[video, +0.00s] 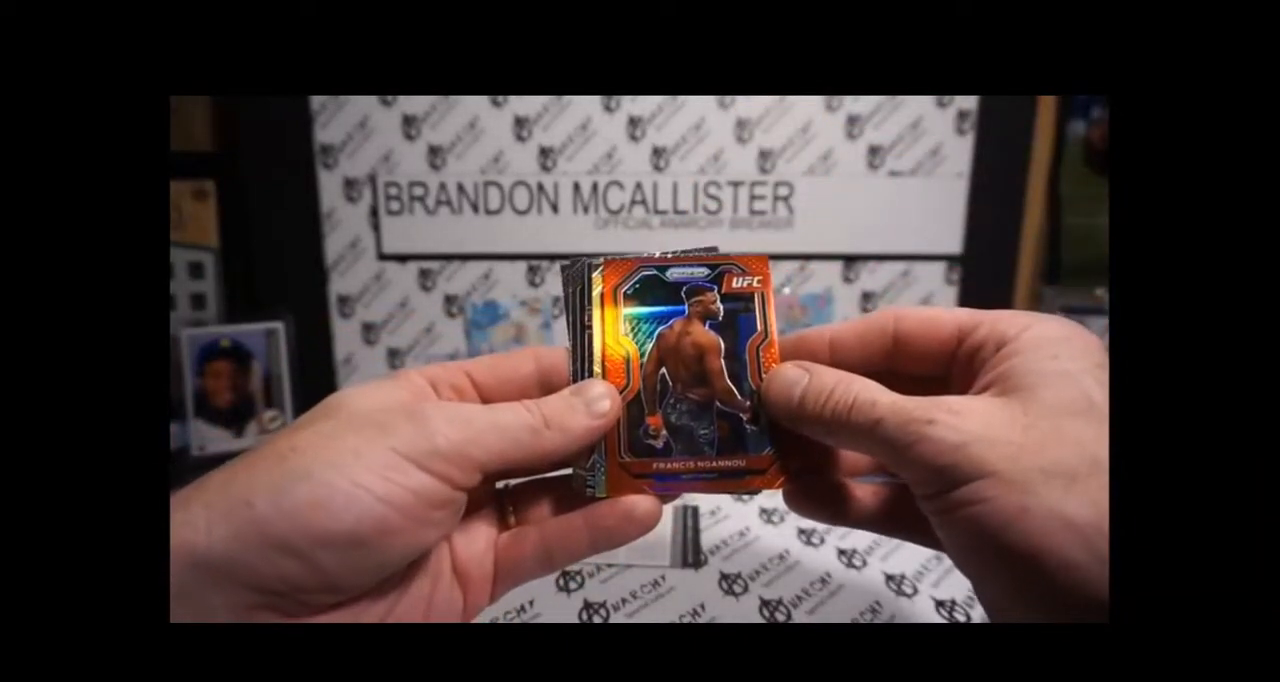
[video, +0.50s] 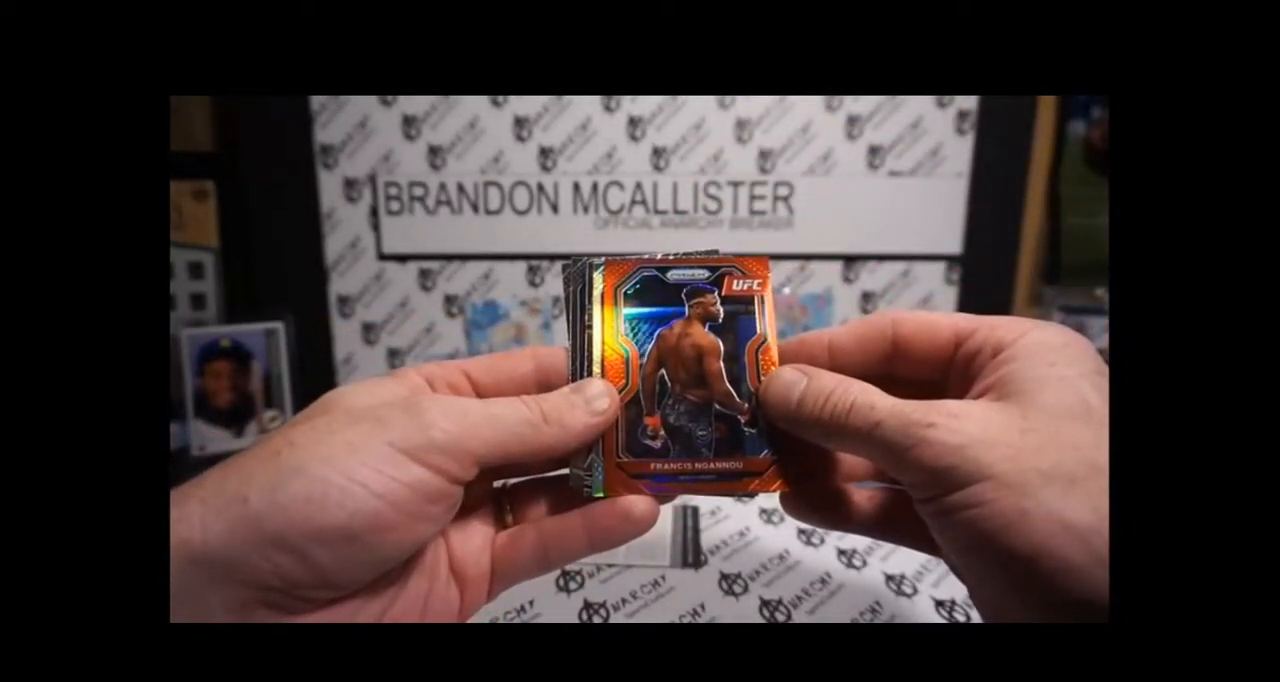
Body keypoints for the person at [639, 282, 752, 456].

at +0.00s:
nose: (720, 307)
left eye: (719, 301)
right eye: (714, 302)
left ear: (694, 307)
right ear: (696, 306)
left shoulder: (665, 333)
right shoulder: (709, 340)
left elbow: (649, 373)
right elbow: (721, 388)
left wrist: (651, 413)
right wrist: (745, 408)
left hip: (673, 407)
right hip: (699, 413)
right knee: (701, 474)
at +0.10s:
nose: (718, 308)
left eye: (716, 303)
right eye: (712, 304)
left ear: (692, 309)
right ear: (694, 308)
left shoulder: (663, 335)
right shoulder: (706, 341)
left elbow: (647, 375)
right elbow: (719, 391)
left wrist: (649, 416)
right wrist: (743, 409)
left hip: (670, 409)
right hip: (696, 415)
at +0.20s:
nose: (717, 308)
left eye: (715, 302)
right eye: (711, 303)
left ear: (690, 308)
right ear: (693, 307)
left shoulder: (661, 335)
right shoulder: (705, 341)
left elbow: (645, 375)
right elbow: (718, 390)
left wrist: (647, 416)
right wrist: (741, 409)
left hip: (668, 409)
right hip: (695, 415)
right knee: (696, 476)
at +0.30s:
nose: (719, 308)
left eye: (718, 302)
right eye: (713, 303)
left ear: (694, 307)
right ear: (696, 307)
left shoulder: (664, 333)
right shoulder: (708, 341)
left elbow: (648, 373)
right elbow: (720, 390)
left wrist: (650, 414)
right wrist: (743, 408)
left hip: (672, 409)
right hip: (698, 414)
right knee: (701, 475)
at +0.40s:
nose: (722, 309)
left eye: (720, 303)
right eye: (716, 304)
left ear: (697, 308)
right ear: (698, 307)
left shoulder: (666, 334)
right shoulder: (710, 341)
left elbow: (650, 374)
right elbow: (722, 391)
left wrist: (651, 414)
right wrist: (744, 409)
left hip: (673, 408)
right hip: (699, 414)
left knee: (680, 470)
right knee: (701, 473)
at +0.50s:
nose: (720, 309)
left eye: (719, 303)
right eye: (714, 304)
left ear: (696, 308)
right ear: (697, 308)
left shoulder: (665, 334)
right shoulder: (709, 342)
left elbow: (649, 373)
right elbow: (720, 391)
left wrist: (650, 413)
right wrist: (743, 409)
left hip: (671, 408)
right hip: (697, 414)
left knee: (678, 471)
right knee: (699, 474)